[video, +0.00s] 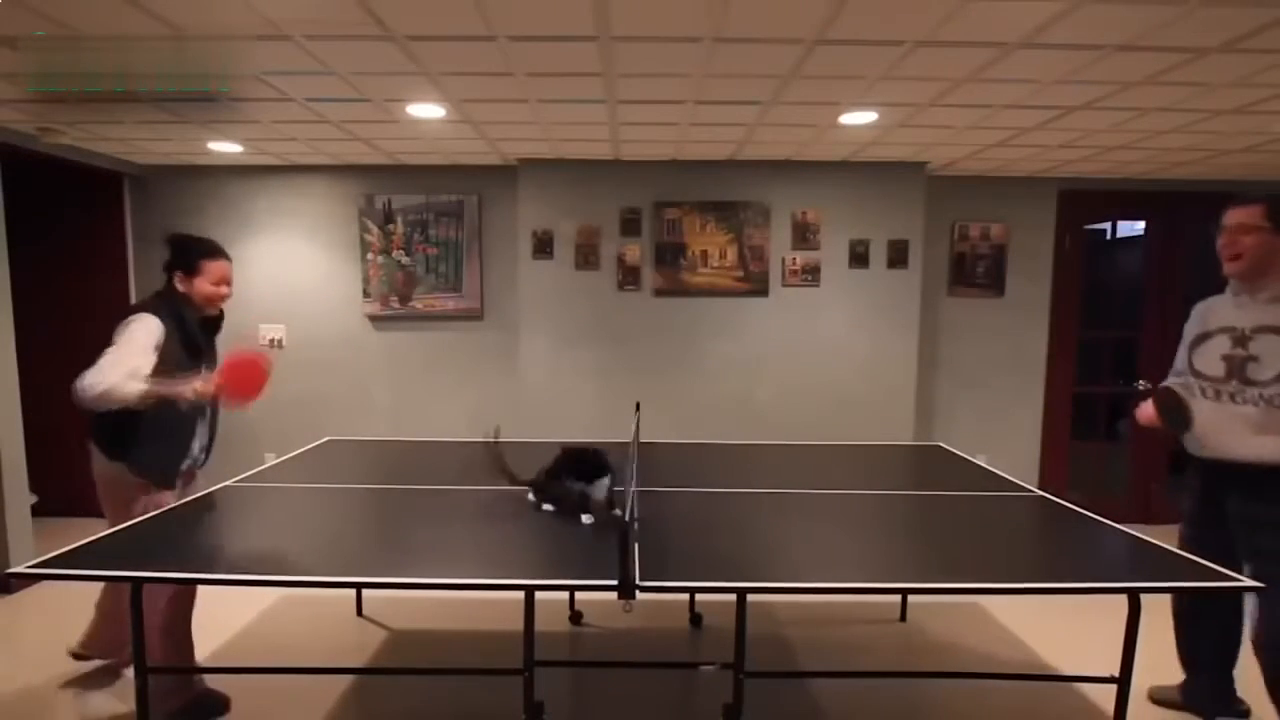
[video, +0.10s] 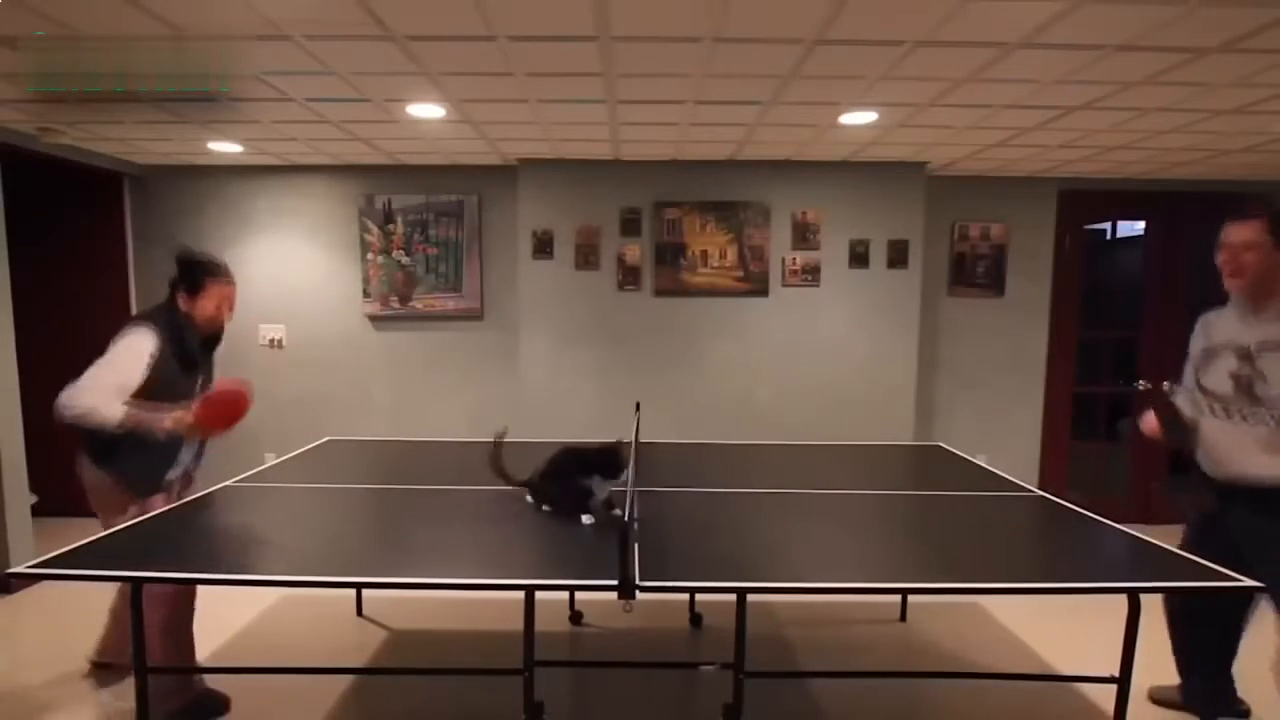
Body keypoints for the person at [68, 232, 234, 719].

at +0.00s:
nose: (227, 292)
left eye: (229, 283)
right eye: (218, 282)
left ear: (218, 283)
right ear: (182, 280)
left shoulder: (200, 327)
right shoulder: (150, 324)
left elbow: (189, 381)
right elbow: (94, 386)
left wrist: (227, 385)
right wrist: (179, 387)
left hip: (175, 469)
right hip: (132, 473)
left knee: (136, 564)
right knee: (172, 578)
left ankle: (103, 640)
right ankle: (173, 692)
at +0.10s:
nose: (227, 312)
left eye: (230, 303)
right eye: (220, 301)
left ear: (213, 301)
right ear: (187, 297)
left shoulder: (201, 340)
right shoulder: (147, 338)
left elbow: (182, 407)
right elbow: (77, 402)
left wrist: (209, 410)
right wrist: (159, 418)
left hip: (160, 468)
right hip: (114, 471)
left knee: (149, 569)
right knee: (169, 574)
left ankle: (113, 657)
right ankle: (173, 692)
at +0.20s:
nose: (219, 341)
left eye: (223, 332)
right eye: (214, 330)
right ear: (182, 322)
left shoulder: (191, 362)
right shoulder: (135, 359)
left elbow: (176, 428)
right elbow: (59, 422)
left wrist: (193, 441)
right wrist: (132, 452)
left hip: (149, 480)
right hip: (100, 483)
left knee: (172, 562)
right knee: (162, 578)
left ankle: (118, 650)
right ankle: (172, 694)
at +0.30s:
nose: (205, 341)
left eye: (209, 332)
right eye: (198, 331)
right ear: (168, 324)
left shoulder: (180, 369)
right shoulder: (119, 362)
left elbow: (161, 434)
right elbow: (48, 422)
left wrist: (162, 473)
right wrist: (114, 454)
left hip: (139, 478)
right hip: (85, 482)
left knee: (169, 550)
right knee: (133, 563)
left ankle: (117, 648)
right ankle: (164, 676)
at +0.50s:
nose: (182, 344)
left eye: (186, 335)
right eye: (176, 334)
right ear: (145, 327)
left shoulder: (155, 372)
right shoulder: (90, 360)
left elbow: (138, 439)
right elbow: (21, 416)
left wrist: (140, 498)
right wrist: (85, 453)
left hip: (115, 482)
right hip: (67, 487)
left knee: (144, 557)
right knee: (97, 568)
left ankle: (131, 642)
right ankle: (70, 669)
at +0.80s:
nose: (125, 318)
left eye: (128, 309)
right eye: (116, 308)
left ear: (129, 311)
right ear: (85, 306)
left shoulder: (116, 351)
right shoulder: (39, 345)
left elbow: (118, 411)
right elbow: (1, 415)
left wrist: (123, 427)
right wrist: (56, 437)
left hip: (101, 476)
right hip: (47, 486)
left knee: (132, 547)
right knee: (47, 564)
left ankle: (118, 639)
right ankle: (23, 655)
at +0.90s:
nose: (129, 318)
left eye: (132, 309)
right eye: (121, 308)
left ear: (129, 309)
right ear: (90, 305)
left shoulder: (116, 356)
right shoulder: (45, 346)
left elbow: (105, 417)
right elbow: (8, 416)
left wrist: (131, 418)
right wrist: (86, 427)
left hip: (109, 478)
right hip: (55, 486)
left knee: (149, 539)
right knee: (58, 562)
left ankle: (149, 629)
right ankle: (24, 654)